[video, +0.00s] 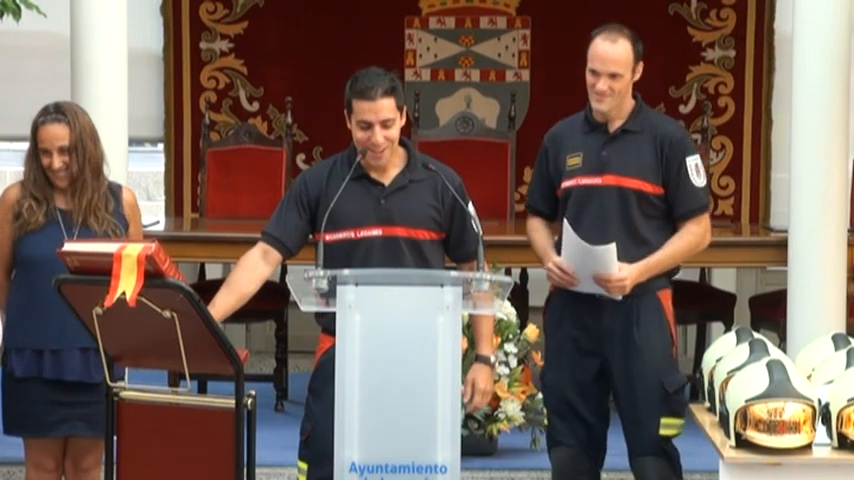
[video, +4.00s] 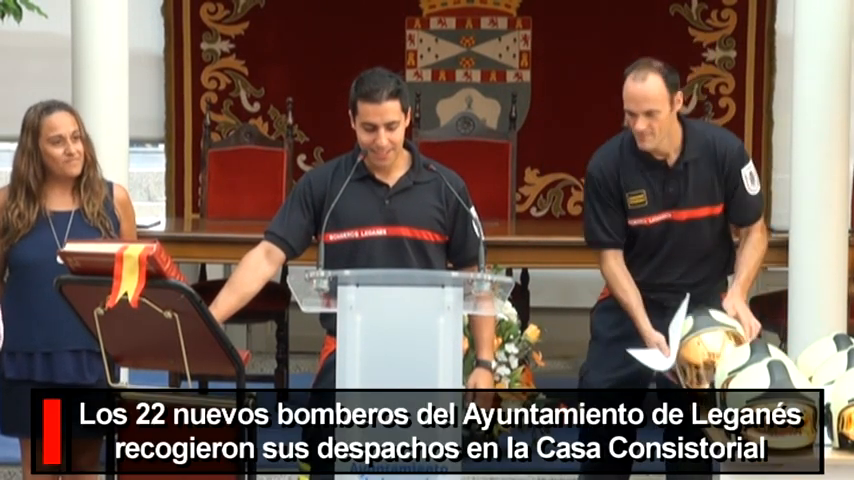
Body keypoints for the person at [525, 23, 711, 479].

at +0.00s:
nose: (601, 86)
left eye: (613, 75)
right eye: (594, 73)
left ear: (636, 74)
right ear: (584, 71)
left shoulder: (670, 139)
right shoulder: (560, 139)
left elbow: (698, 230)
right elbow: (537, 216)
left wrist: (639, 272)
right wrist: (548, 256)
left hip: (639, 314)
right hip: (570, 313)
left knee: (651, 451)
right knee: (571, 452)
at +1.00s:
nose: (665, 83)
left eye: (678, 74)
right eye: (660, 71)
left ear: (707, 77)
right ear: (654, 71)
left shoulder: (737, 147)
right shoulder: (632, 139)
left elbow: (763, 243)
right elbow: (610, 214)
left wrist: (690, 281)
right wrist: (614, 257)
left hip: (698, 319)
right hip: (631, 313)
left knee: (691, 454)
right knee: (608, 450)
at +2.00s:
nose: (663, 83)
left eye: (676, 74)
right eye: (658, 71)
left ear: (705, 77)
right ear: (652, 71)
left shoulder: (736, 145)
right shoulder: (633, 140)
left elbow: (763, 243)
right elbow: (612, 217)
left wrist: (689, 279)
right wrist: (614, 256)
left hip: (696, 334)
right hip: (629, 329)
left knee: (692, 467)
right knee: (605, 464)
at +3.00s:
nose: (685, 95)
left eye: (695, 84)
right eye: (676, 82)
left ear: (708, 81)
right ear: (658, 76)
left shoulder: (738, 145)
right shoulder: (628, 141)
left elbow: (772, 234)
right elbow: (607, 219)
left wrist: (710, 278)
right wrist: (617, 269)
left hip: (700, 325)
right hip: (631, 320)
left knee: (694, 457)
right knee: (608, 451)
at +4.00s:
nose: (638, 126)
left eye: (650, 114)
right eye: (631, 114)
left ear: (679, 104)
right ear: (622, 108)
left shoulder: (724, 151)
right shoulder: (607, 166)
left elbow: (755, 231)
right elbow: (610, 258)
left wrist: (738, 291)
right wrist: (646, 329)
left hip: (706, 309)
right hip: (631, 308)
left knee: (694, 441)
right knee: (600, 411)